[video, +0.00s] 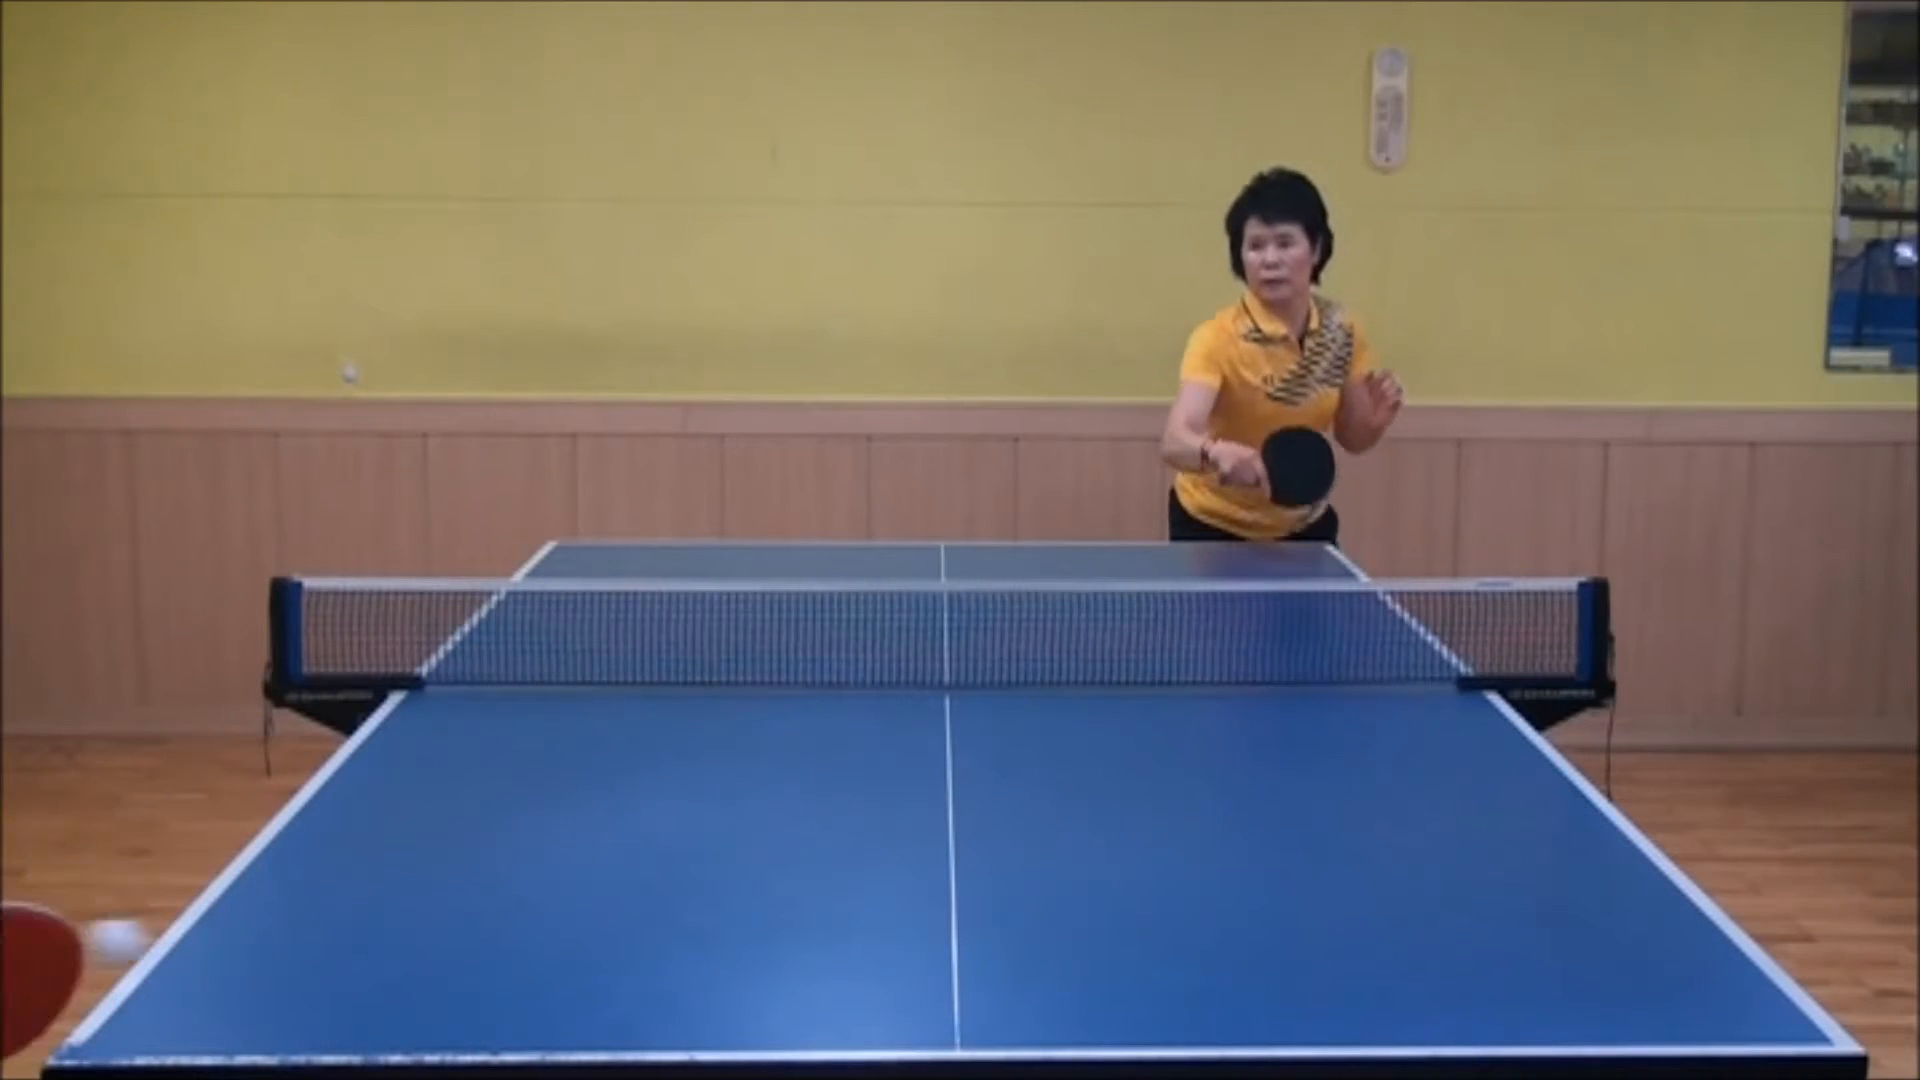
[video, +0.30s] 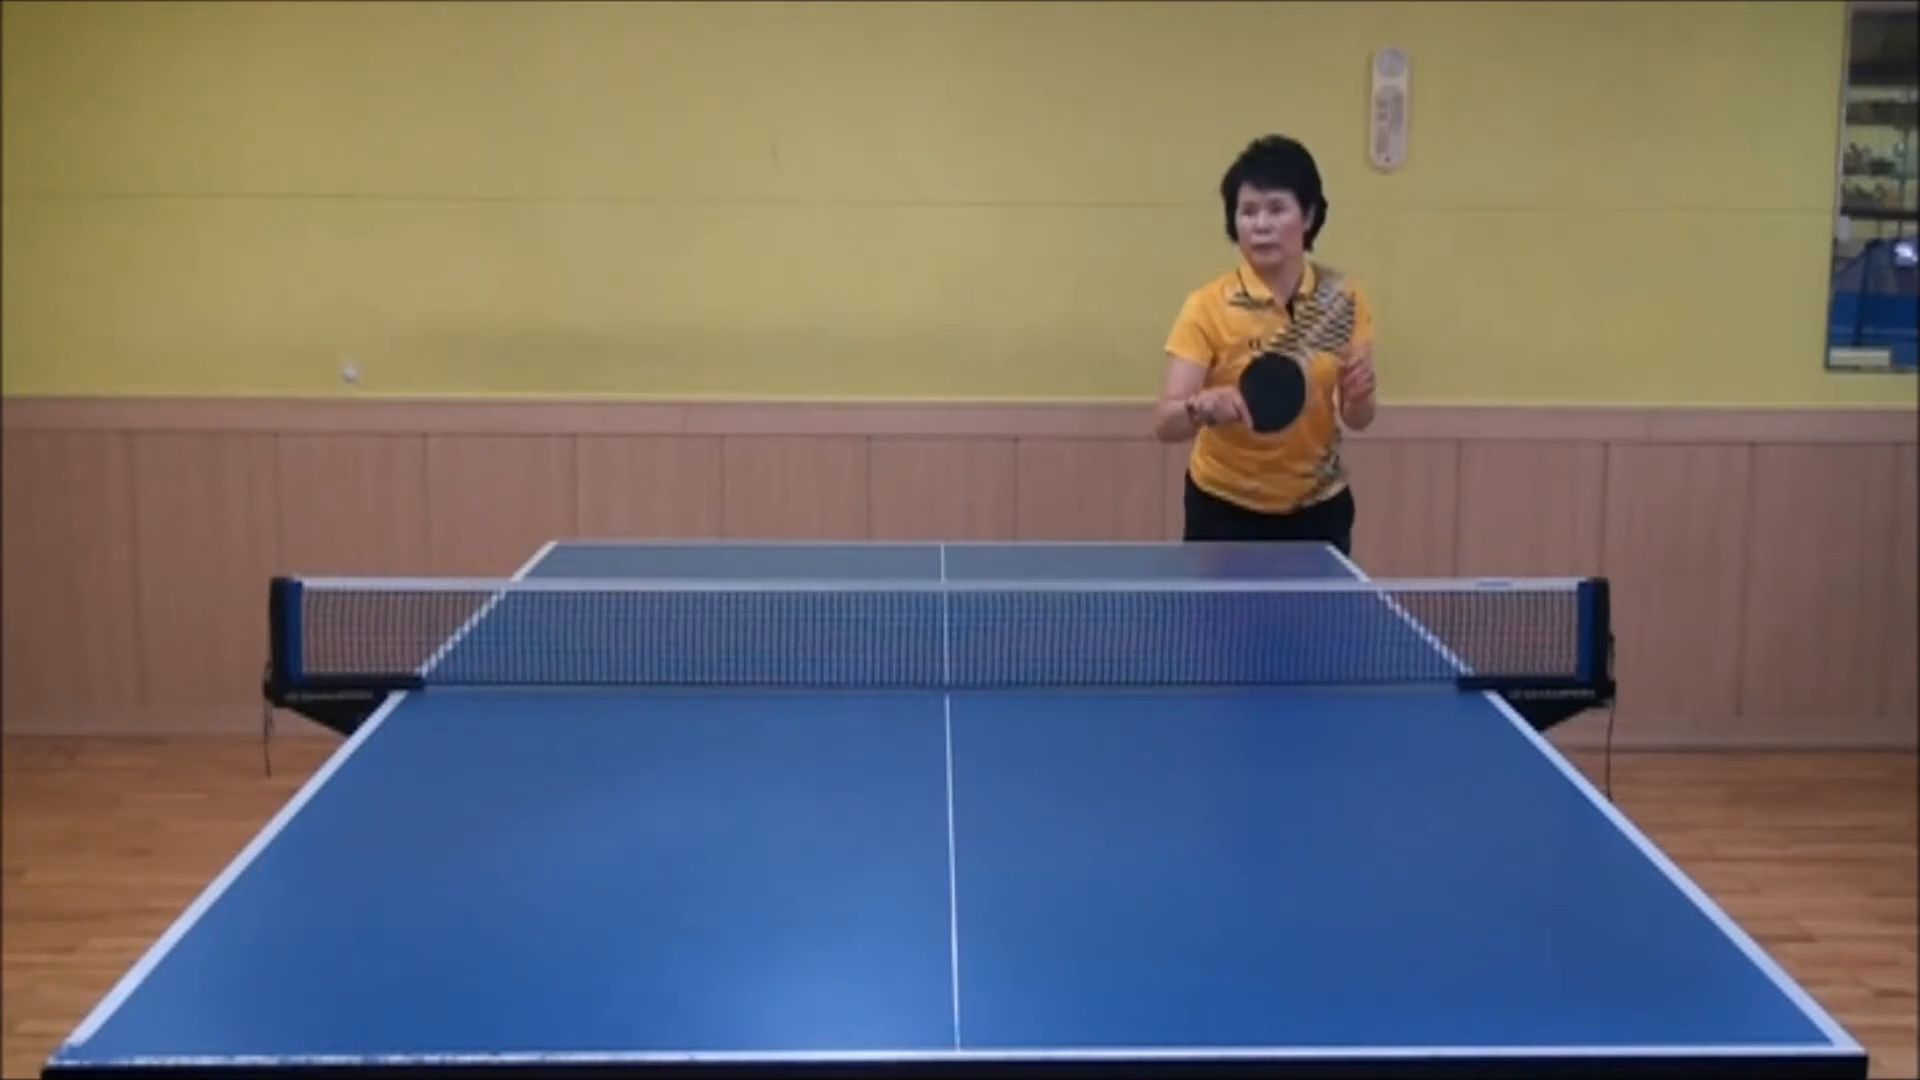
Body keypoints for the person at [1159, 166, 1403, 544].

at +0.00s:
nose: (1270, 259)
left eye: (1286, 243)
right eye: (1256, 246)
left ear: (1317, 250)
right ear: (1239, 256)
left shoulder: (1343, 335)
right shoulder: (1217, 339)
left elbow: (1352, 440)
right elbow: (1176, 441)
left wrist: (1371, 422)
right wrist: (1215, 452)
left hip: (1304, 526)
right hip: (1215, 528)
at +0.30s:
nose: (1261, 224)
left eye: (1277, 209)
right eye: (1248, 211)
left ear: (1309, 217)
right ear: (1233, 221)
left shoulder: (1342, 301)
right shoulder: (1208, 307)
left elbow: (1358, 419)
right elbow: (1167, 425)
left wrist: (1358, 391)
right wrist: (1201, 407)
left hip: (1315, 510)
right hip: (1224, 509)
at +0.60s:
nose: (1255, 208)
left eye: (1271, 193)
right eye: (1244, 193)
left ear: (1303, 202)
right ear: (1228, 202)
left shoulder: (1337, 286)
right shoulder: (1200, 287)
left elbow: (1345, 384)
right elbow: (1161, 401)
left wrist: (1359, 393)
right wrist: (1196, 389)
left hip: (1300, 487)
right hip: (1208, 483)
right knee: (1179, 600)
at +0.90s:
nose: (1197, 207)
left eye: (1214, 193)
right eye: (1186, 192)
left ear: (1244, 202)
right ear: (1170, 201)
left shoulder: (1276, 285)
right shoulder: (1140, 283)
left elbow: (1280, 377)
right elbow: (1108, 397)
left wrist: (1283, 395)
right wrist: (1138, 390)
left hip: (1246, 485)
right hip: (1154, 482)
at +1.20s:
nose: (1172, 205)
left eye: (1187, 190)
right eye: (1160, 191)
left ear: (1218, 197)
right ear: (1145, 200)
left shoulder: (1255, 280)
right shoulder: (1119, 283)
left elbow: (1266, 372)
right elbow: (1088, 396)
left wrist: (1259, 387)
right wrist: (1113, 387)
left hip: (1232, 482)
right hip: (1139, 480)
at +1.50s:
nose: (1190, 200)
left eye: (1205, 185)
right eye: (1178, 186)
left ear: (1235, 193)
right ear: (1162, 196)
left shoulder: (1271, 277)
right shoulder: (1135, 278)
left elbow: (1277, 371)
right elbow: (1111, 392)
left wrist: (1281, 385)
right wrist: (1139, 388)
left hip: (1243, 481)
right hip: (1152, 478)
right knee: (1136, 599)